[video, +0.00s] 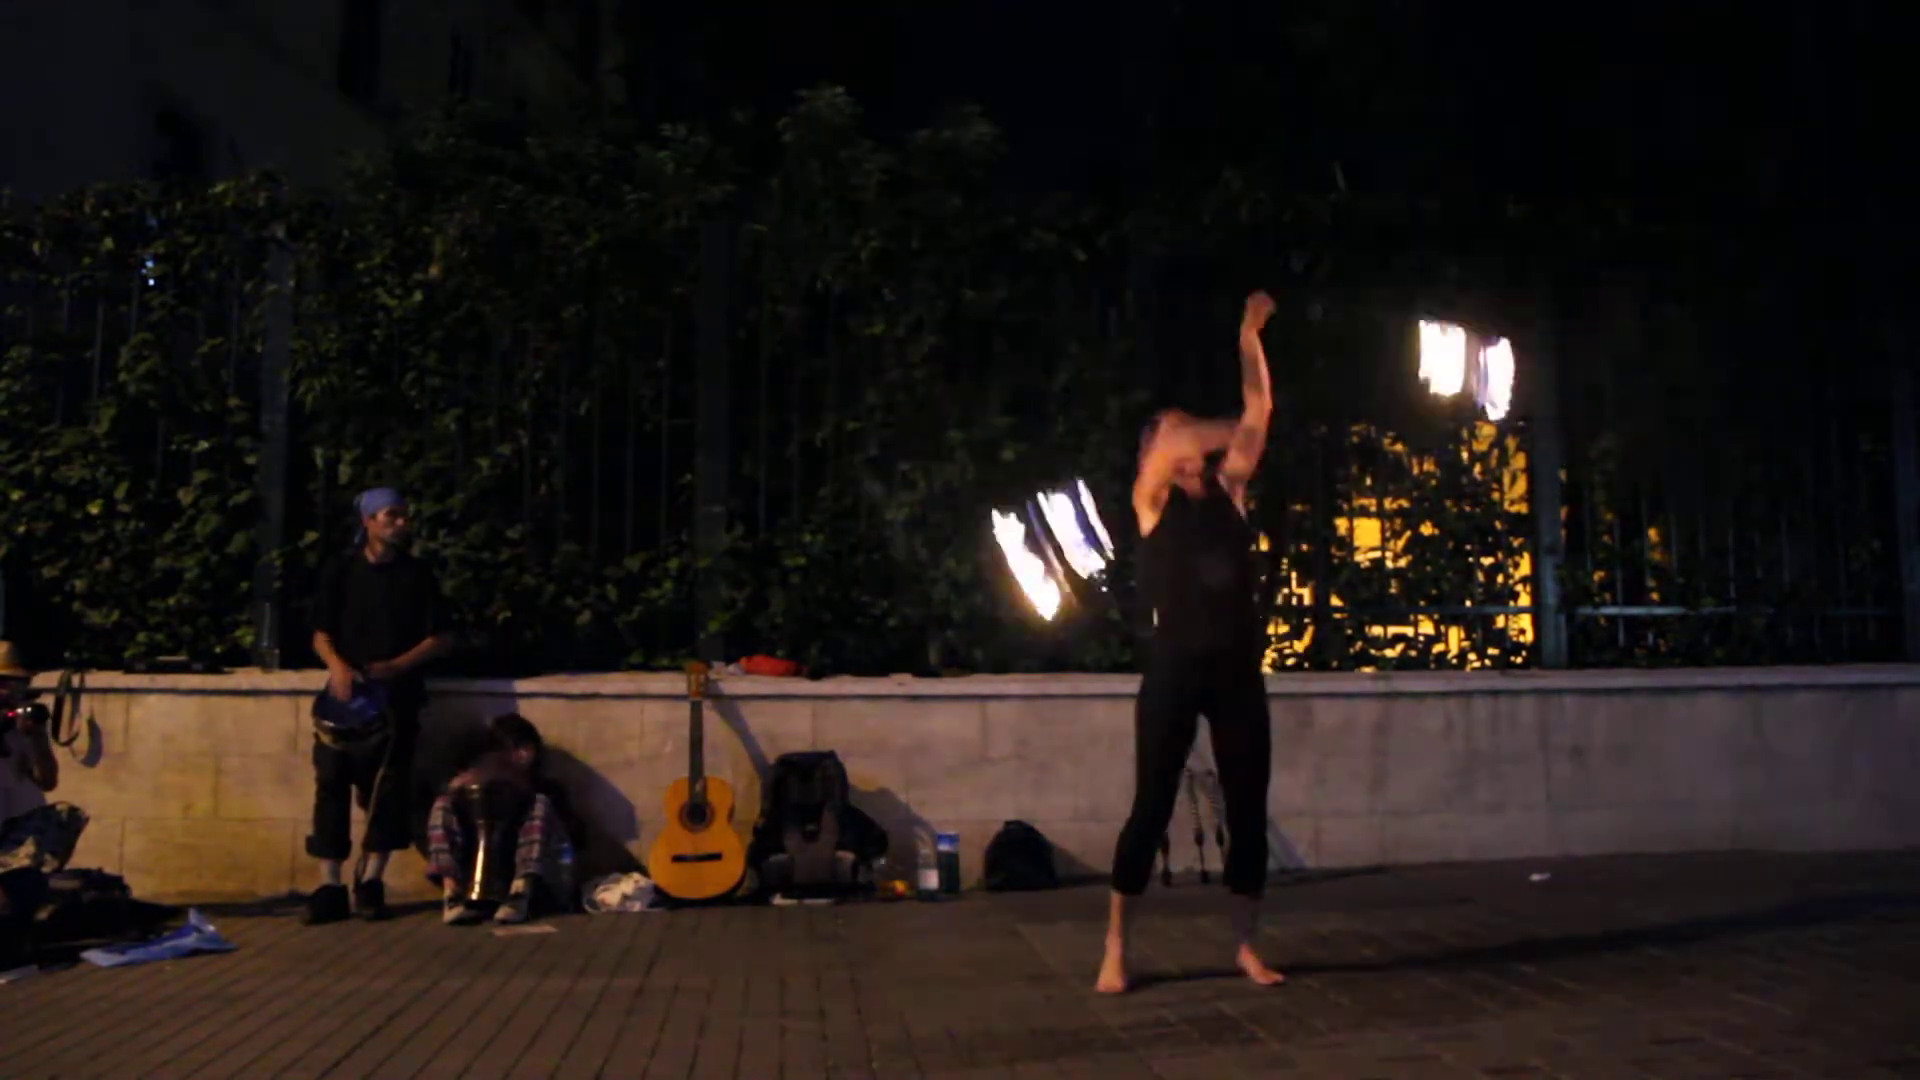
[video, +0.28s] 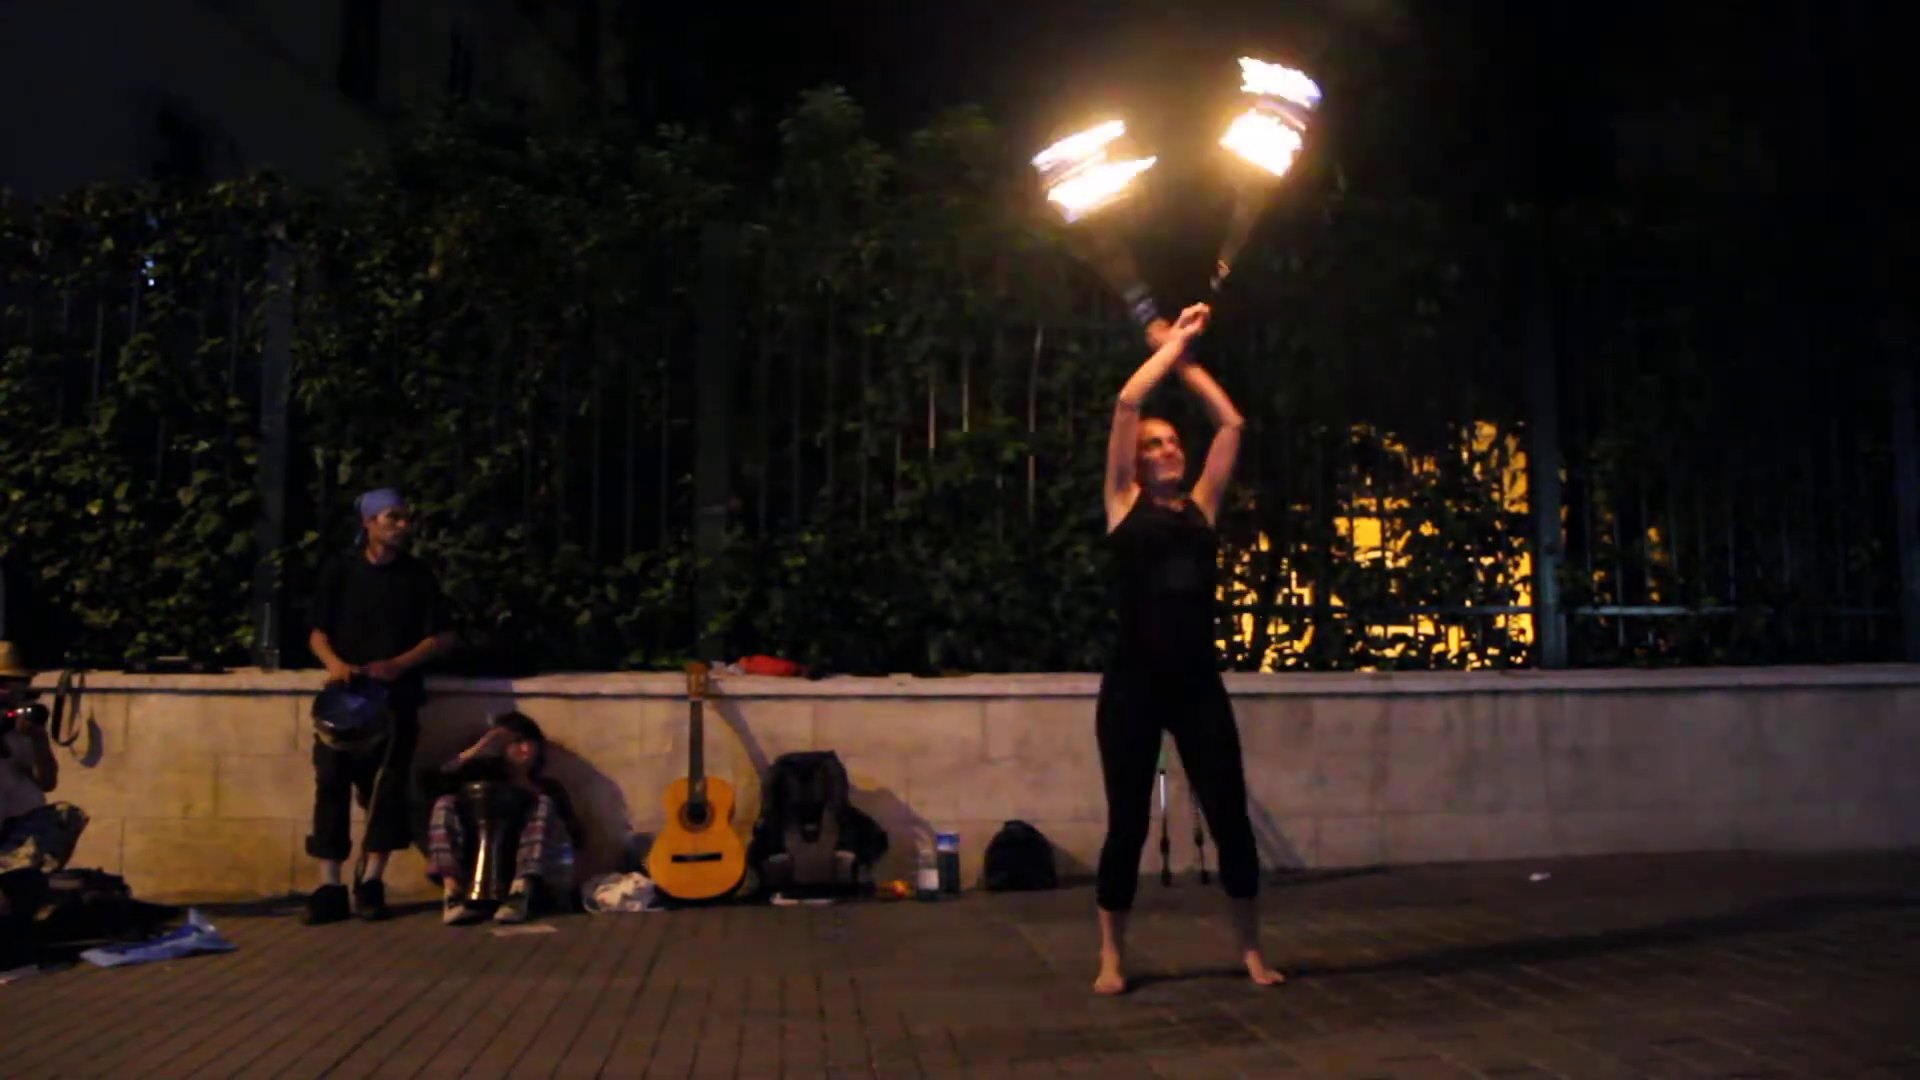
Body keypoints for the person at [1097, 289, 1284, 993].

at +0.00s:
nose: (1194, 441)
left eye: (1193, 433)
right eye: (1181, 434)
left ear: (1206, 445)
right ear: (1156, 447)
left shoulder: (1230, 487)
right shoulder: (1153, 501)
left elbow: (1259, 412)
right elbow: (1171, 442)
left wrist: (1248, 336)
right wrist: (1243, 429)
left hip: (1239, 669)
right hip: (1173, 670)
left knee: (1248, 811)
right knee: (1152, 808)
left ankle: (1246, 945)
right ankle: (1115, 946)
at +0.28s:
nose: (1163, 450)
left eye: (1170, 442)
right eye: (1150, 443)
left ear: (1184, 453)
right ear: (1134, 458)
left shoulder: (1200, 509)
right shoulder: (1124, 505)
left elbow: (1231, 425)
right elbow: (1127, 403)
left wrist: (1185, 360)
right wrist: (1177, 339)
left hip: (1197, 684)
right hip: (1131, 686)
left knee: (1230, 818)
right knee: (1127, 823)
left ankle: (1249, 949)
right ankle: (1110, 954)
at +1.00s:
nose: (1183, 436)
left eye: (1190, 426)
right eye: (1171, 428)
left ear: (1206, 434)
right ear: (1152, 439)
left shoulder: (1223, 497)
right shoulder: (1139, 494)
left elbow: (1252, 481)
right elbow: (1161, 502)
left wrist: (1235, 401)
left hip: (1216, 669)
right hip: (1151, 672)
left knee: (1235, 803)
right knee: (1138, 805)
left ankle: (1247, 939)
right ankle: (1112, 946)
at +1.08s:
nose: (1199, 438)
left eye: (1207, 429)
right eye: (1186, 431)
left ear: (1221, 440)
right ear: (1167, 443)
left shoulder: (1238, 492)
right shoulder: (1154, 502)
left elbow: (1274, 533)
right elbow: (1172, 556)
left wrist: (1264, 450)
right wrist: (1218, 520)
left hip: (1226, 668)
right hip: (1164, 669)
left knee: (1239, 801)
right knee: (1143, 804)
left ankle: (1247, 937)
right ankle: (1114, 944)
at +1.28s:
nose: (1222, 463)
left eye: (1229, 452)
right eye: (1209, 455)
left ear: (1242, 456)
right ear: (1190, 463)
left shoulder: (1273, 517)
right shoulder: (1178, 525)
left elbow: (1300, 583)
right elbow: (1187, 589)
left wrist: (1322, 522)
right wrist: (1201, 614)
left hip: (1250, 682)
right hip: (1185, 682)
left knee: (1256, 814)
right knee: (1153, 813)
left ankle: (1240, 944)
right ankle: (1116, 948)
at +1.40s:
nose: (1230, 466)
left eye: (1237, 456)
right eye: (1218, 459)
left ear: (1251, 461)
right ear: (1200, 470)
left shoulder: (1282, 524)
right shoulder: (1185, 532)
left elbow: (1318, 591)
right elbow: (1179, 616)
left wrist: (1372, 555)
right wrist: (1157, 589)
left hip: (1259, 689)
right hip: (1195, 686)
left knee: (1264, 817)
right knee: (1166, 808)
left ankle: (1245, 947)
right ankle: (1132, 928)